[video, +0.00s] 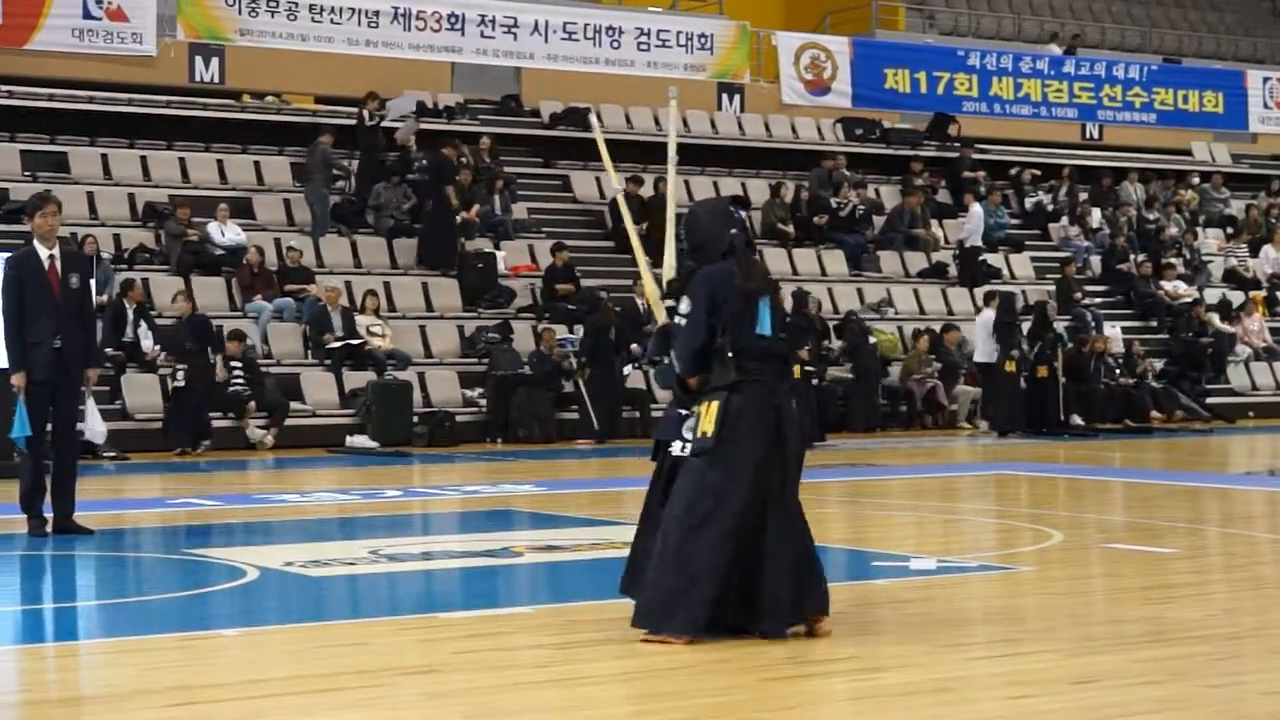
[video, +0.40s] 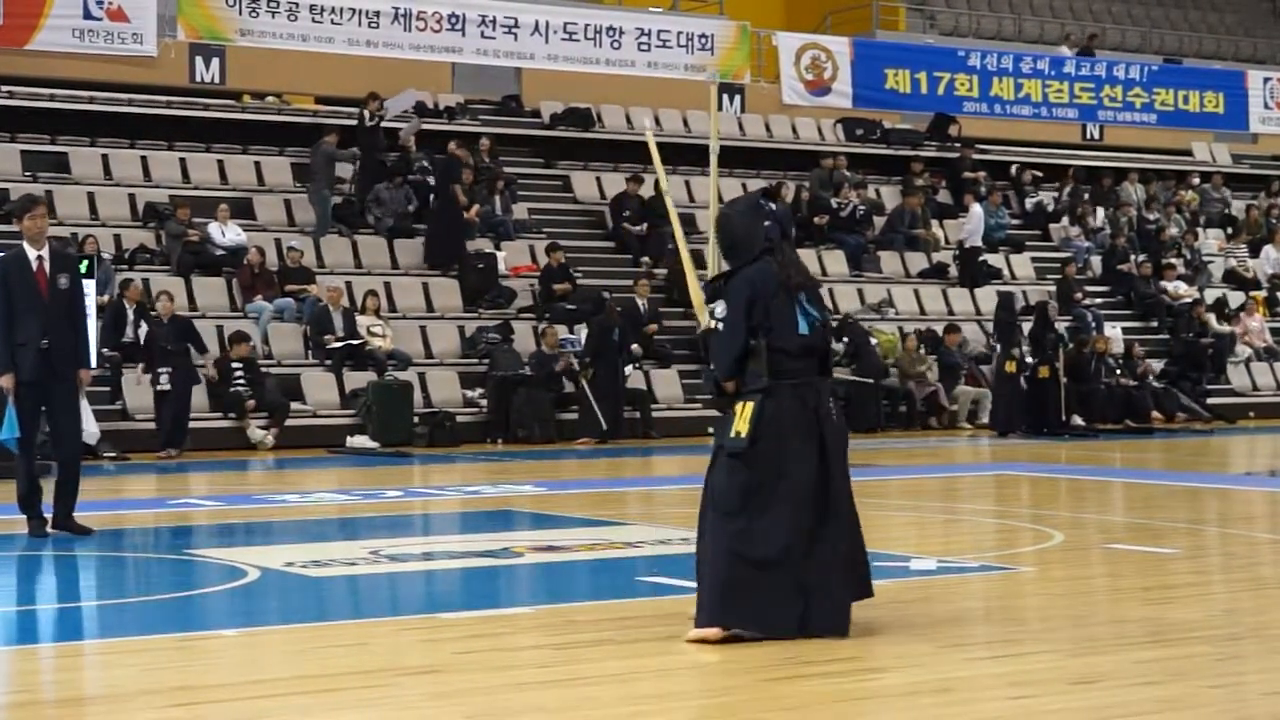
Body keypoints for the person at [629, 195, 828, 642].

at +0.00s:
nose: (687, 242)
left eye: (691, 234)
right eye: (688, 234)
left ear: (705, 237)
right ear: (739, 233)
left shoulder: (706, 281)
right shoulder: (762, 279)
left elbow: (689, 354)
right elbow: (771, 346)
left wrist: (691, 385)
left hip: (731, 409)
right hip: (778, 406)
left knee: (695, 510)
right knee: (779, 506)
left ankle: (678, 620)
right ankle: (812, 606)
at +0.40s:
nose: (722, 244)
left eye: (725, 236)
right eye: (723, 235)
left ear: (739, 238)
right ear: (770, 234)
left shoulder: (745, 283)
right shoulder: (800, 279)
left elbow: (726, 358)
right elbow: (819, 347)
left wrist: (725, 379)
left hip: (765, 413)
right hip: (811, 411)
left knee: (724, 504)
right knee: (805, 508)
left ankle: (718, 613)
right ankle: (812, 608)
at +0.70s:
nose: (718, 233)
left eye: (722, 227)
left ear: (730, 230)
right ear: (778, 229)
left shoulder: (719, 278)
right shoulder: (804, 280)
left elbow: (697, 349)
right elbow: (820, 351)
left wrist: (712, 373)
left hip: (745, 406)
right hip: (801, 405)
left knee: (732, 510)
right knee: (811, 503)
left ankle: (716, 619)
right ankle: (824, 610)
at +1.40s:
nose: (772, 220)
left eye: (776, 212)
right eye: (775, 212)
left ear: (785, 217)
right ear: (825, 212)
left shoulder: (773, 267)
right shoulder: (850, 265)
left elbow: (751, 338)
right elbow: (860, 338)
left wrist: (752, 360)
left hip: (791, 393)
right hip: (842, 390)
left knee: (774, 496)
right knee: (846, 493)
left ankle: (765, 607)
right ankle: (853, 604)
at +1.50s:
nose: (781, 229)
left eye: (783, 222)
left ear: (789, 226)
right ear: (833, 224)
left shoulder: (776, 279)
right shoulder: (855, 281)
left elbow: (750, 347)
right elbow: (865, 345)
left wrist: (756, 369)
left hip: (797, 405)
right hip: (852, 404)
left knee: (783, 505)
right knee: (866, 504)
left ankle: (773, 615)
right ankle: (897, 608)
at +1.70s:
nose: (810, 237)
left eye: (815, 229)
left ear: (823, 232)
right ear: (866, 227)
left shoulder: (822, 281)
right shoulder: (888, 279)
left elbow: (793, 354)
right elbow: (888, 342)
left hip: (839, 405)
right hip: (891, 404)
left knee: (804, 506)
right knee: (905, 509)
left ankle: (777, 613)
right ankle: (940, 612)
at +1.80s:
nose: (827, 242)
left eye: (831, 233)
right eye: (827, 232)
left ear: (845, 234)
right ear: (878, 228)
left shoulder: (850, 282)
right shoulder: (901, 274)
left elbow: (824, 355)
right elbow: (915, 343)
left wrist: (800, 323)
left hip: (866, 409)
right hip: (915, 405)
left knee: (827, 507)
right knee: (916, 511)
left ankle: (799, 613)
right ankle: (938, 614)